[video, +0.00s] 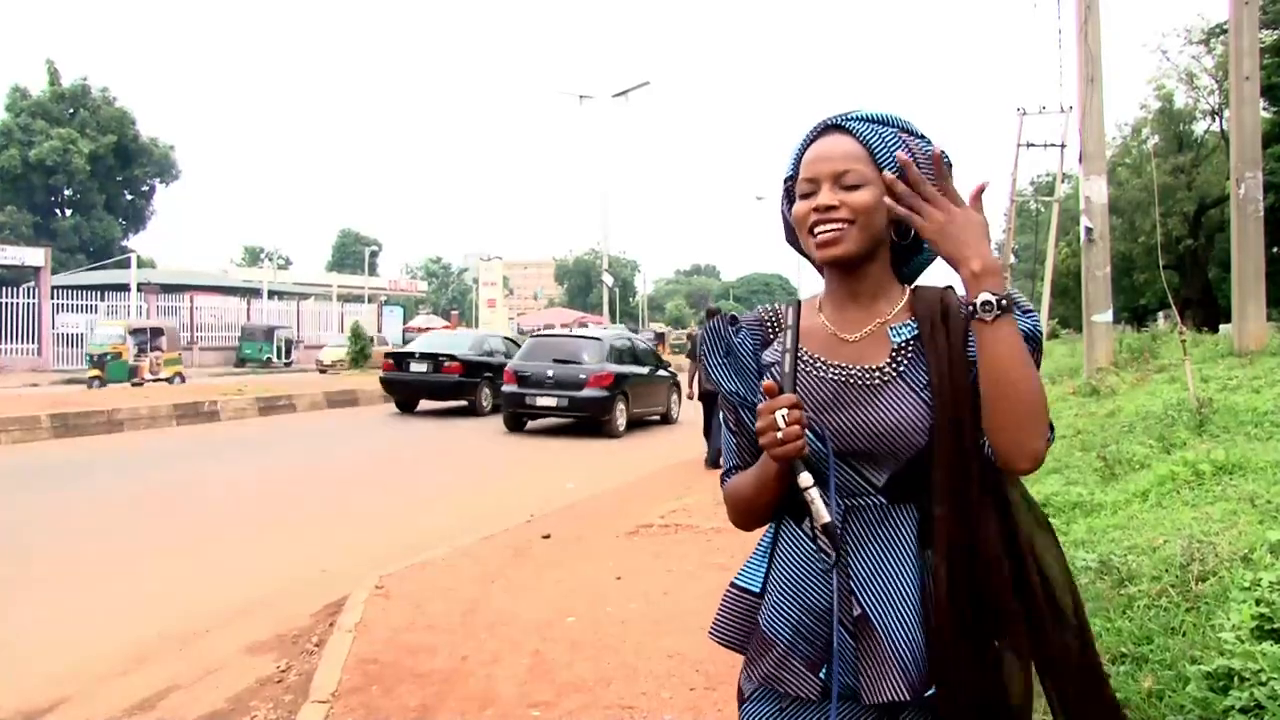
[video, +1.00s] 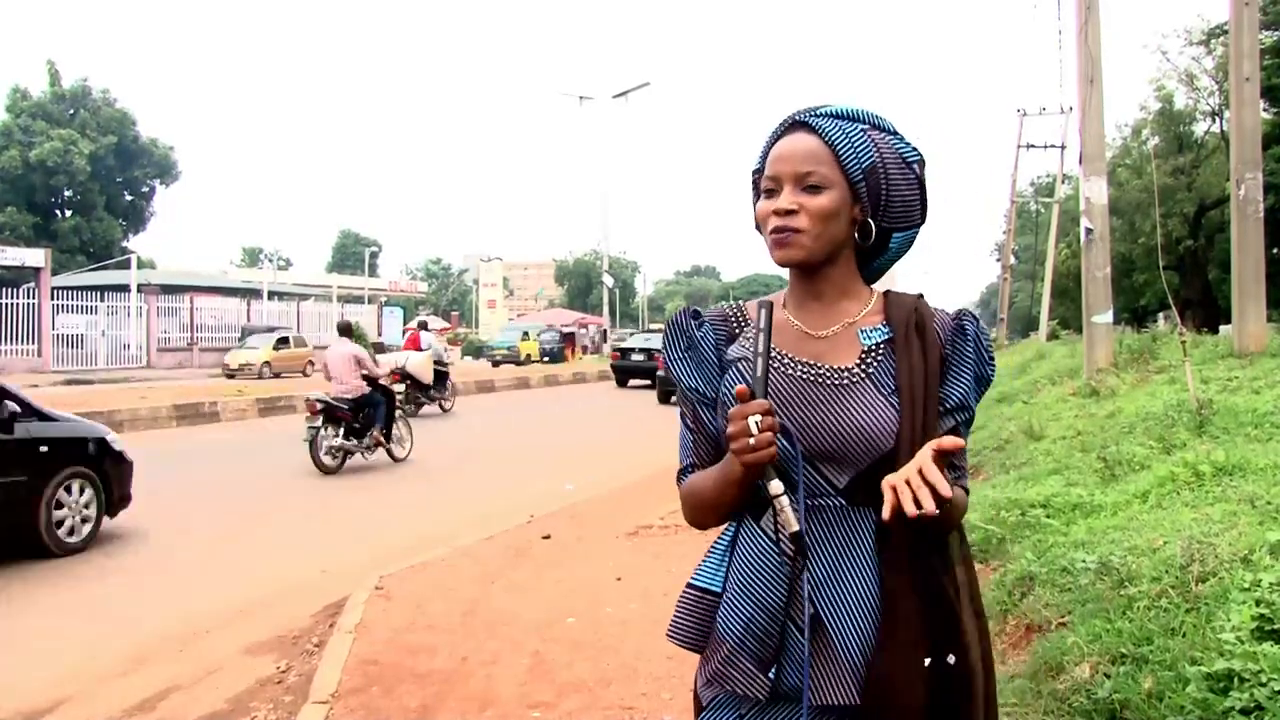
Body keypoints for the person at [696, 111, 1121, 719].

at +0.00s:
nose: (822, 203)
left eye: (849, 183)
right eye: (806, 190)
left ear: (897, 202)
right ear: (792, 216)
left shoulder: (962, 321)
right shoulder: (761, 341)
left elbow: (1023, 451)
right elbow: (741, 512)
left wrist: (980, 271)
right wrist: (775, 462)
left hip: (929, 643)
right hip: (797, 641)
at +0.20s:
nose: (808, 200)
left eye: (835, 182)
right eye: (794, 188)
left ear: (892, 203)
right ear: (781, 212)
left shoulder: (954, 318)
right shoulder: (751, 336)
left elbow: (1023, 471)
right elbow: (733, 511)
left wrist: (977, 299)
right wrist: (757, 456)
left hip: (909, 627)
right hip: (782, 626)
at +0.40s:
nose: (786, 206)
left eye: (812, 183)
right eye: (774, 193)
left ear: (870, 197)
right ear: (766, 209)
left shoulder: (944, 333)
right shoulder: (746, 337)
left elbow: (972, 503)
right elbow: (727, 508)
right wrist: (745, 462)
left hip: (896, 632)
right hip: (772, 631)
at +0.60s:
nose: (786, 206)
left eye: (813, 184)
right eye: (775, 192)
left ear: (870, 200)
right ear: (765, 208)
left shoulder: (947, 337)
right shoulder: (740, 336)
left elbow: (980, 518)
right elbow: (720, 508)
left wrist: (944, 491)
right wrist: (734, 466)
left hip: (895, 627)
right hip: (769, 623)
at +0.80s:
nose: (785, 204)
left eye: (814, 184)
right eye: (773, 190)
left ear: (867, 204)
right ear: (763, 208)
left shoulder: (939, 336)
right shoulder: (731, 337)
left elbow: (966, 516)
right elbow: (708, 507)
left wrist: (936, 474)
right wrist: (734, 468)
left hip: (898, 637)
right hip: (763, 635)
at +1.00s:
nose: (781, 205)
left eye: (810, 186)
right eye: (769, 189)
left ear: (860, 209)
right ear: (757, 207)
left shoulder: (927, 335)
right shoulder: (723, 338)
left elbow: (954, 504)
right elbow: (697, 509)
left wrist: (927, 477)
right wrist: (739, 463)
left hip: (890, 636)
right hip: (758, 634)